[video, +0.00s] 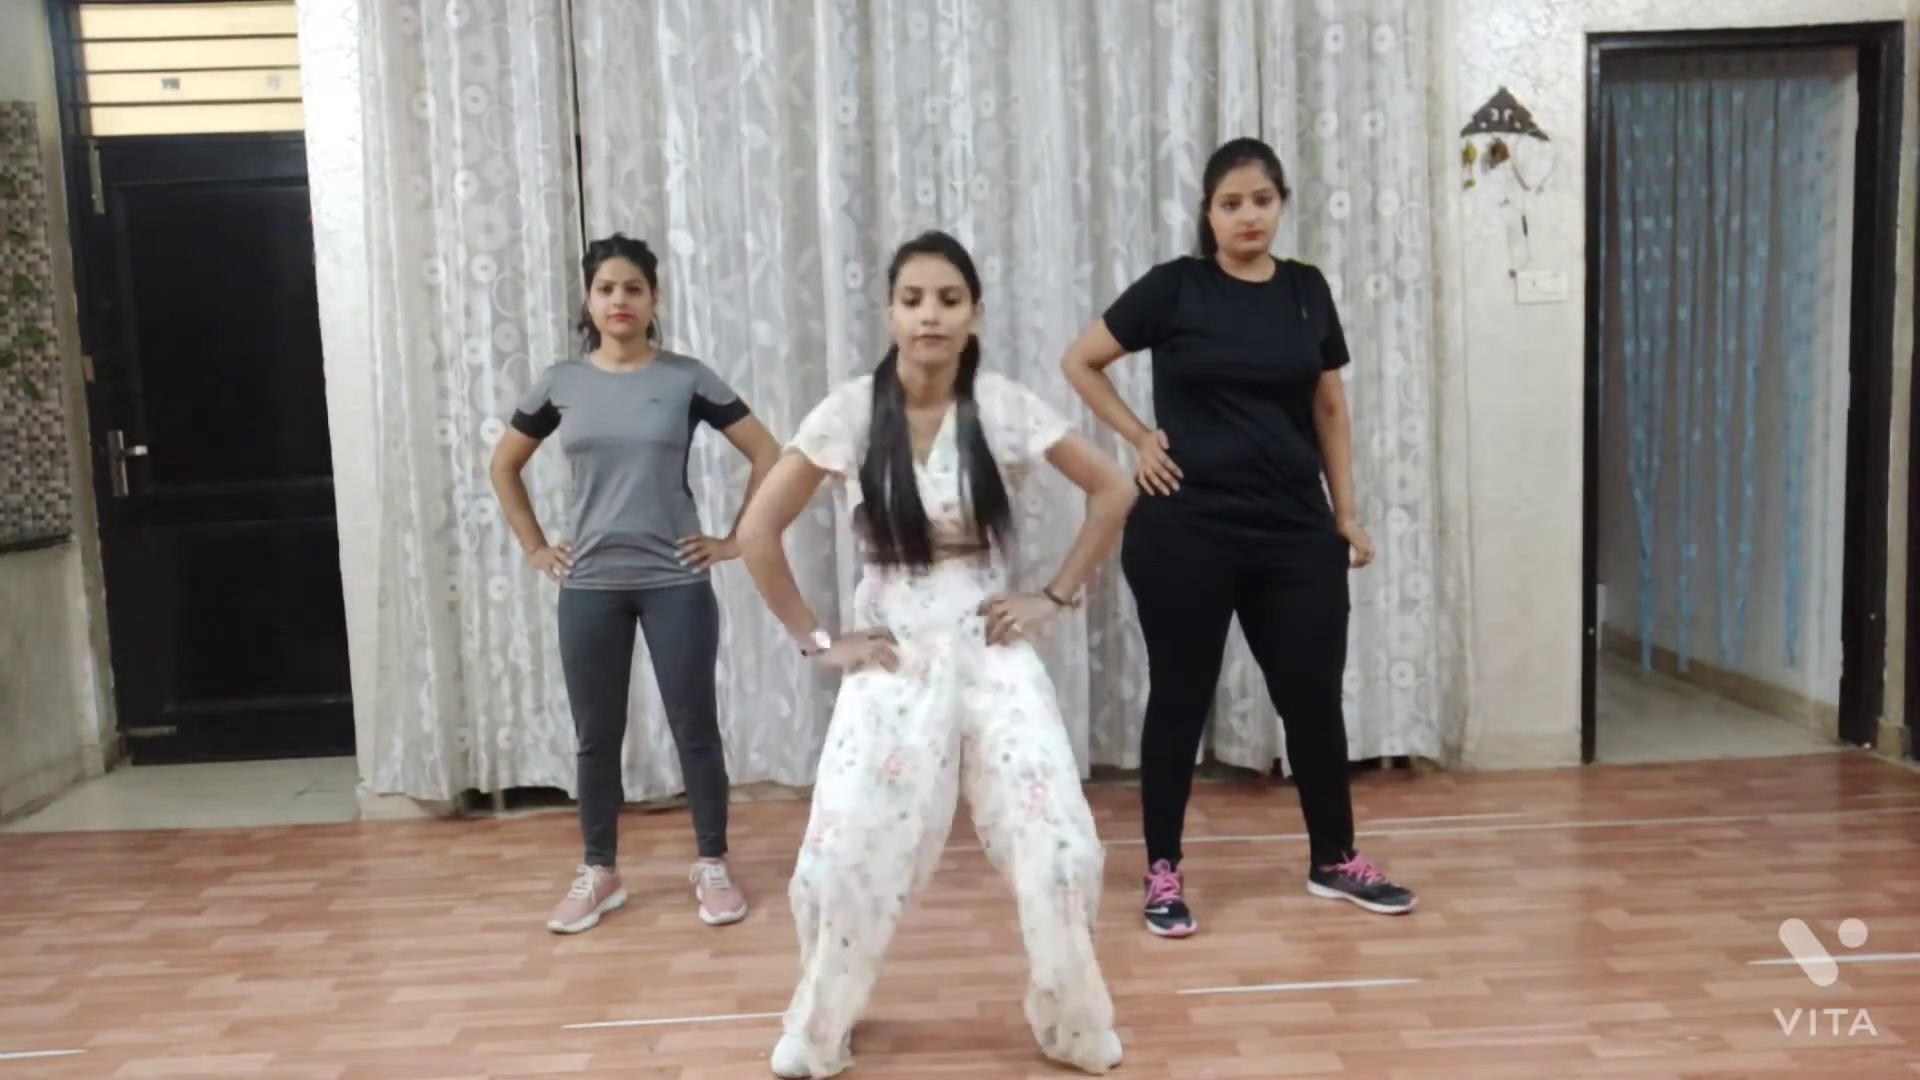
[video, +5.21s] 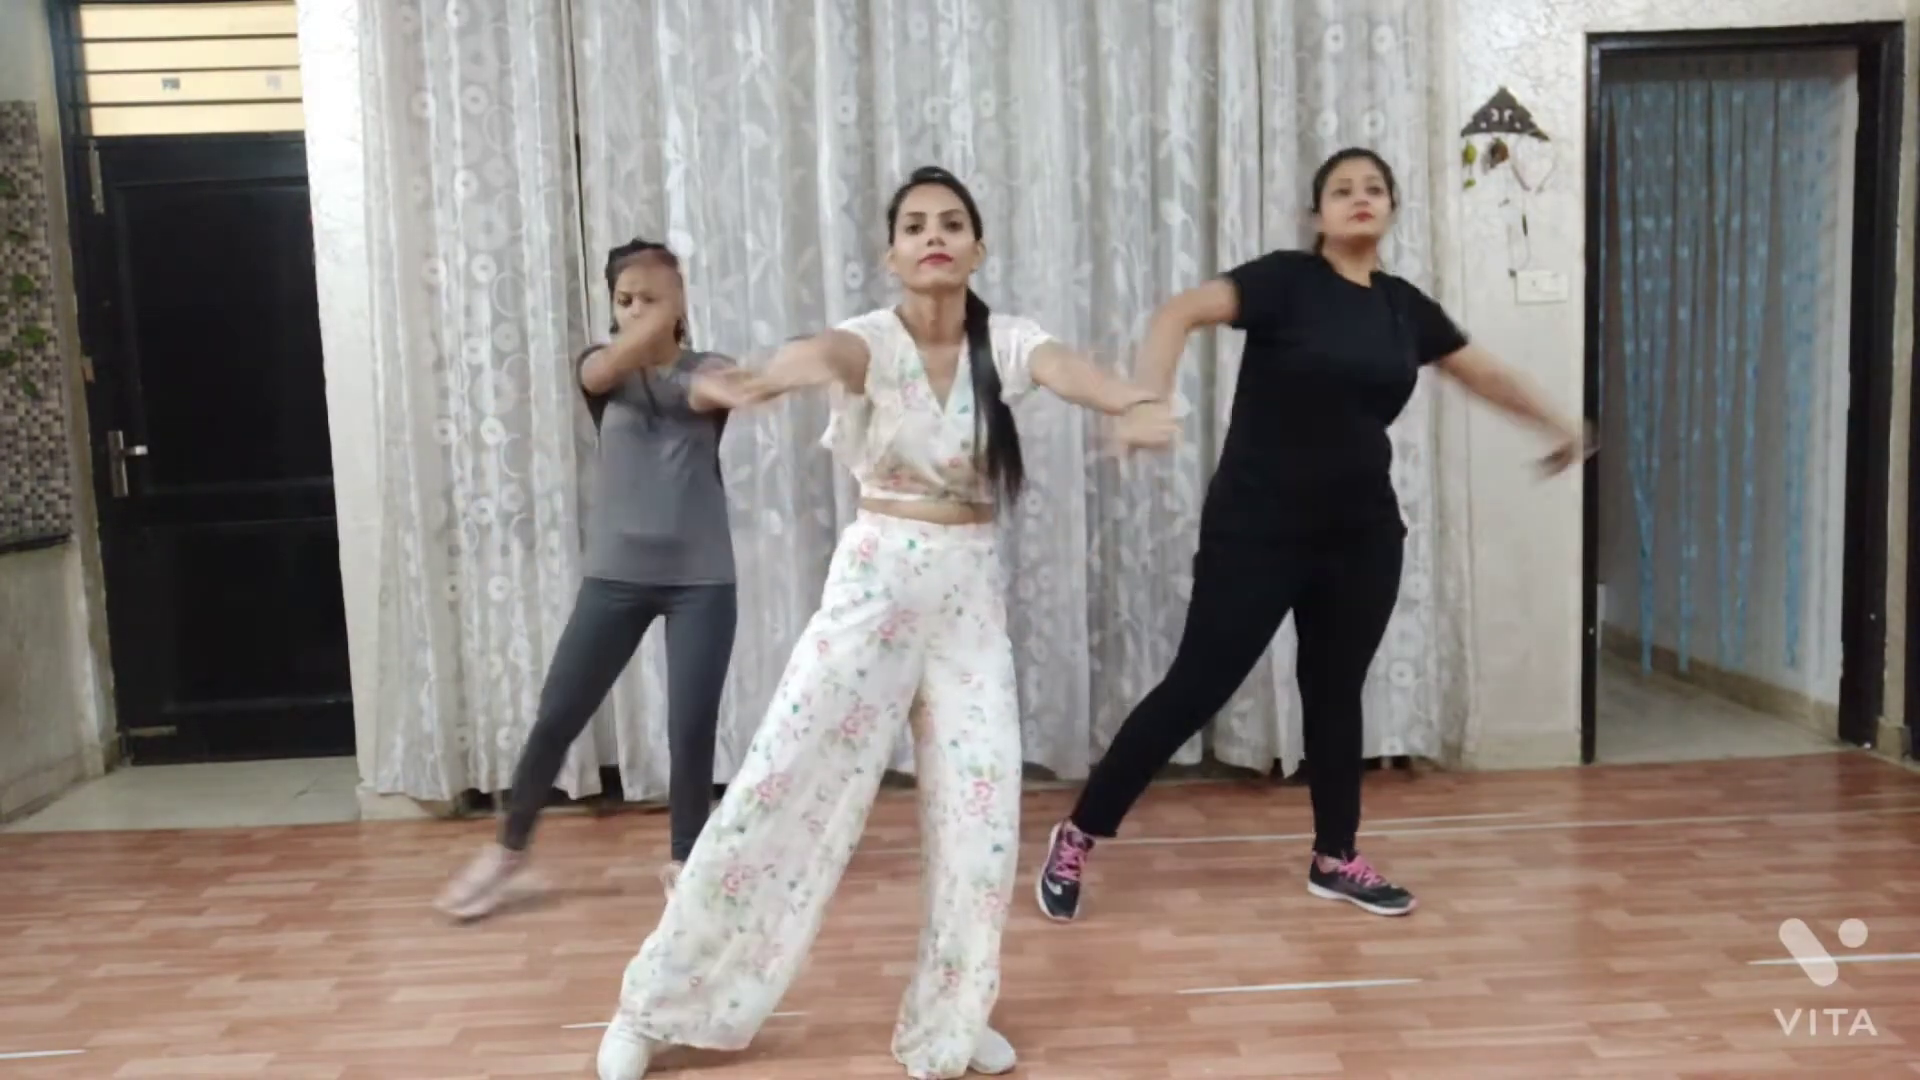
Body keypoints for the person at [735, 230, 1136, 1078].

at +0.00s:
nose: (929, 317)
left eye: (948, 301)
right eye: (912, 300)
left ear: (974, 314)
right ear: (890, 313)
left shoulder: (1004, 405)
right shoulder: (850, 413)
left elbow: (1115, 489)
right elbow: (755, 535)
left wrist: (1055, 597)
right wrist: (818, 642)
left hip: (997, 656)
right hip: (888, 664)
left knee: (1061, 846)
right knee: (838, 856)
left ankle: (1075, 1027)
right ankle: (816, 1036)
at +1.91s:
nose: (935, 302)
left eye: (952, 286)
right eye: (917, 287)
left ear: (979, 304)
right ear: (893, 306)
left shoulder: (1016, 411)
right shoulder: (854, 417)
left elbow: (1107, 516)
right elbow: (776, 535)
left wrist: (1056, 629)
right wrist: (820, 652)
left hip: (1001, 653)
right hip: (890, 657)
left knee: (1061, 849)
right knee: (836, 854)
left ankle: (1066, 1017)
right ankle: (820, 1016)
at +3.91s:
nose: (921, 265)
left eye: (939, 248)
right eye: (904, 249)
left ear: (967, 266)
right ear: (880, 265)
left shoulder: (1004, 380)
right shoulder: (840, 380)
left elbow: (1077, 480)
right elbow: (773, 499)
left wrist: (1052, 593)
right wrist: (809, 616)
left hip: (995, 630)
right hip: (884, 634)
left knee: (1050, 821)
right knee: (832, 825)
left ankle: (1076, 1005)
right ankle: (811, 1007)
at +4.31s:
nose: (916, 224)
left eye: (934, 209)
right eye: (899, 213)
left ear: (967, 228)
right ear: (877, 238)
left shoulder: (1007, 344)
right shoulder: (847, 347)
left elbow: (1053, 446)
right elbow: (763, 448)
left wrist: (1087, 523)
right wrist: (704, 520)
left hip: (971, 601)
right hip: (867, 593)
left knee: (990, 812)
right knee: (797, 791)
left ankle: (949, 1006)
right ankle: (775, 1007)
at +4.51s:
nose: (927, 230)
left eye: (944, 215)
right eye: (908, 219)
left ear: (975, 236)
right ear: (887, 244)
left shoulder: (1021, 342)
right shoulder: (856, 349)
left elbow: (1120, 424)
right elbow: (738, 428)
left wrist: (1198, 494)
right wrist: (632, 491)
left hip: (975, 608)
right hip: (879, 600)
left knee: (991, 822)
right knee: (785, 798)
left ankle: (926, 1003)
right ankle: (662, 1013)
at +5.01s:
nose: (926, 238)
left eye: (944, 224)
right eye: (907, 228)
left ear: (974, 250)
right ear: (885, 256)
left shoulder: (1009, 341)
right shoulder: (864, 348)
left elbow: (1131, 372)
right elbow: (772, 378)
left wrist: (1248, 404)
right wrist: (675, 408)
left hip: (972, 606)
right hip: (871, 599)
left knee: (983, 823)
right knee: (768, 797)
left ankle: (948, 1030)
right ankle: (646, 1014)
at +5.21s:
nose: (933, 240)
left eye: (950, 227)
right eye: (916, 228)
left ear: (979, 247)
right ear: (891, 250)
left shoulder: (1005, 343)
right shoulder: (866, 341)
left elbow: (1072, 373)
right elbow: (812, 357)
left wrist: (1141, 405)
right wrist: (754, 380)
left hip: (971, 605)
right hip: (872, 596)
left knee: (986, 822)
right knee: (769, 789)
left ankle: (949, 1024)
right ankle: (646, 1010)